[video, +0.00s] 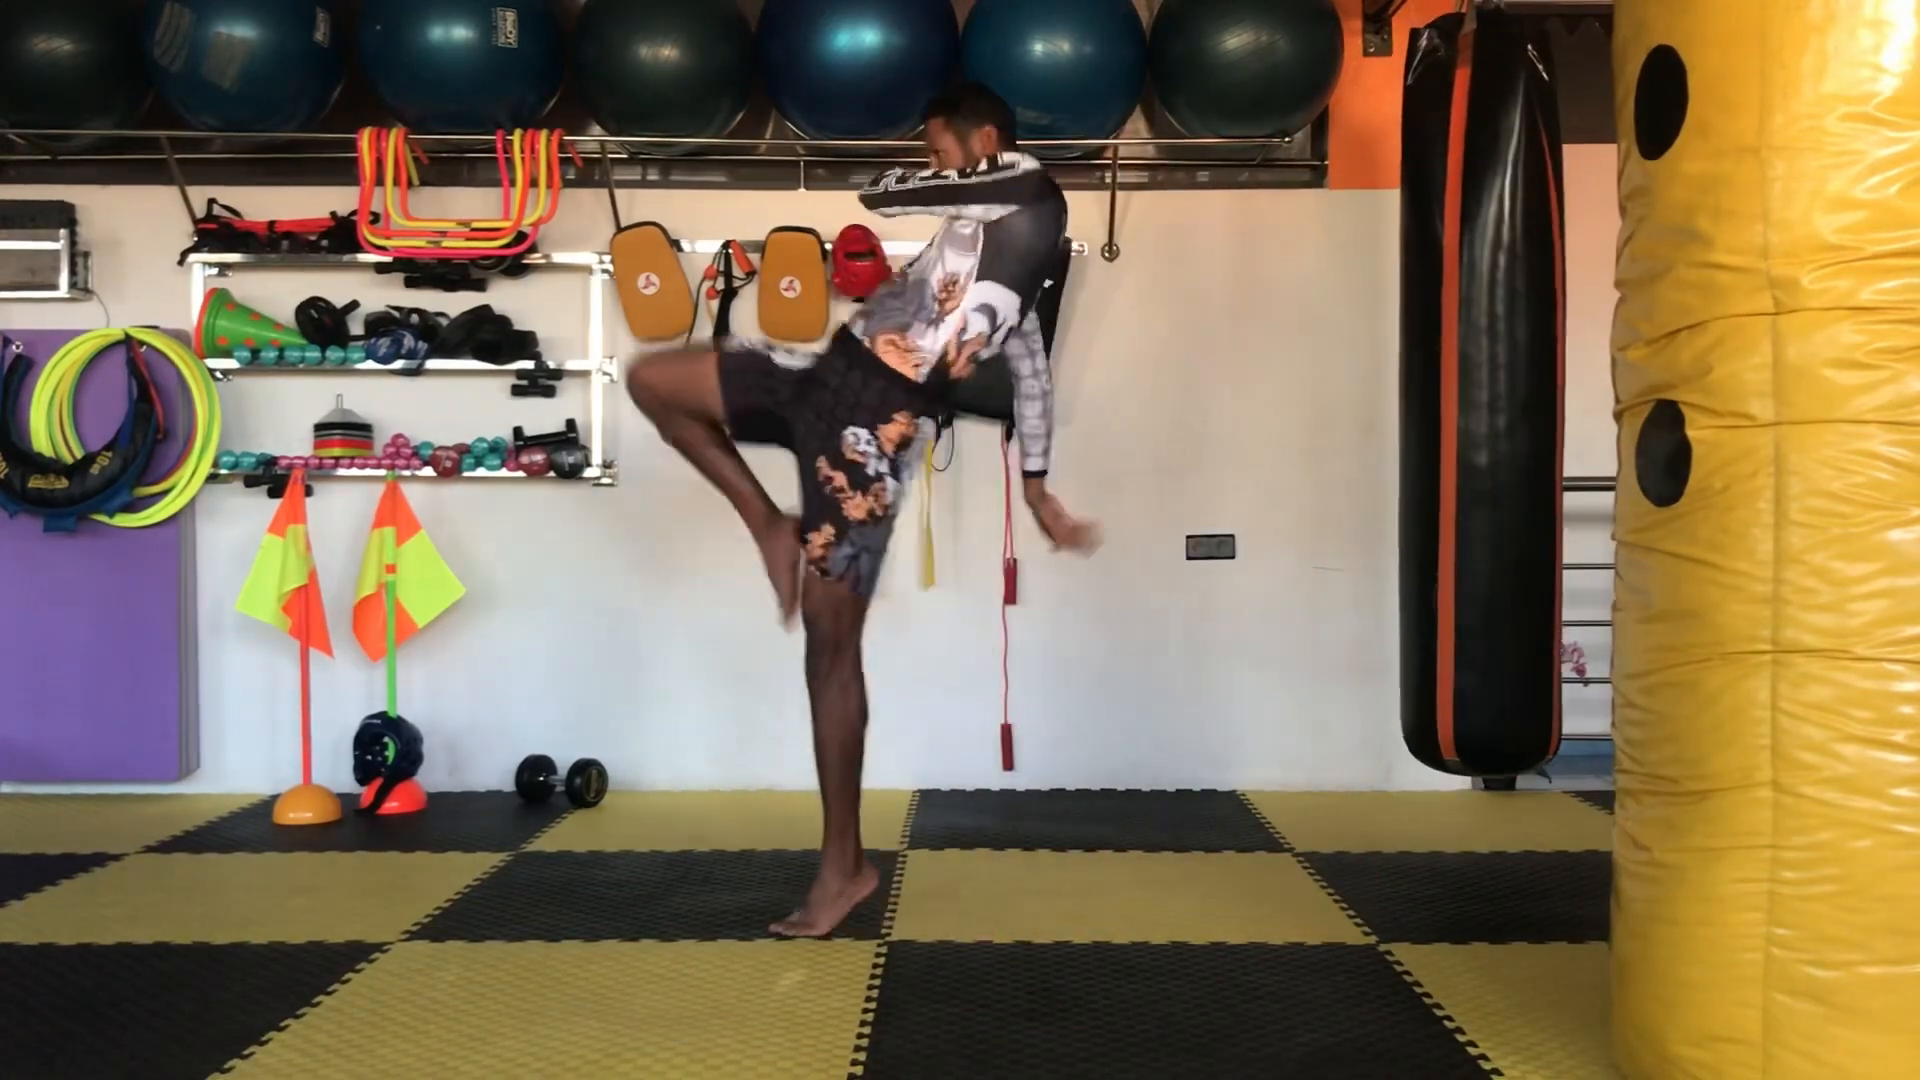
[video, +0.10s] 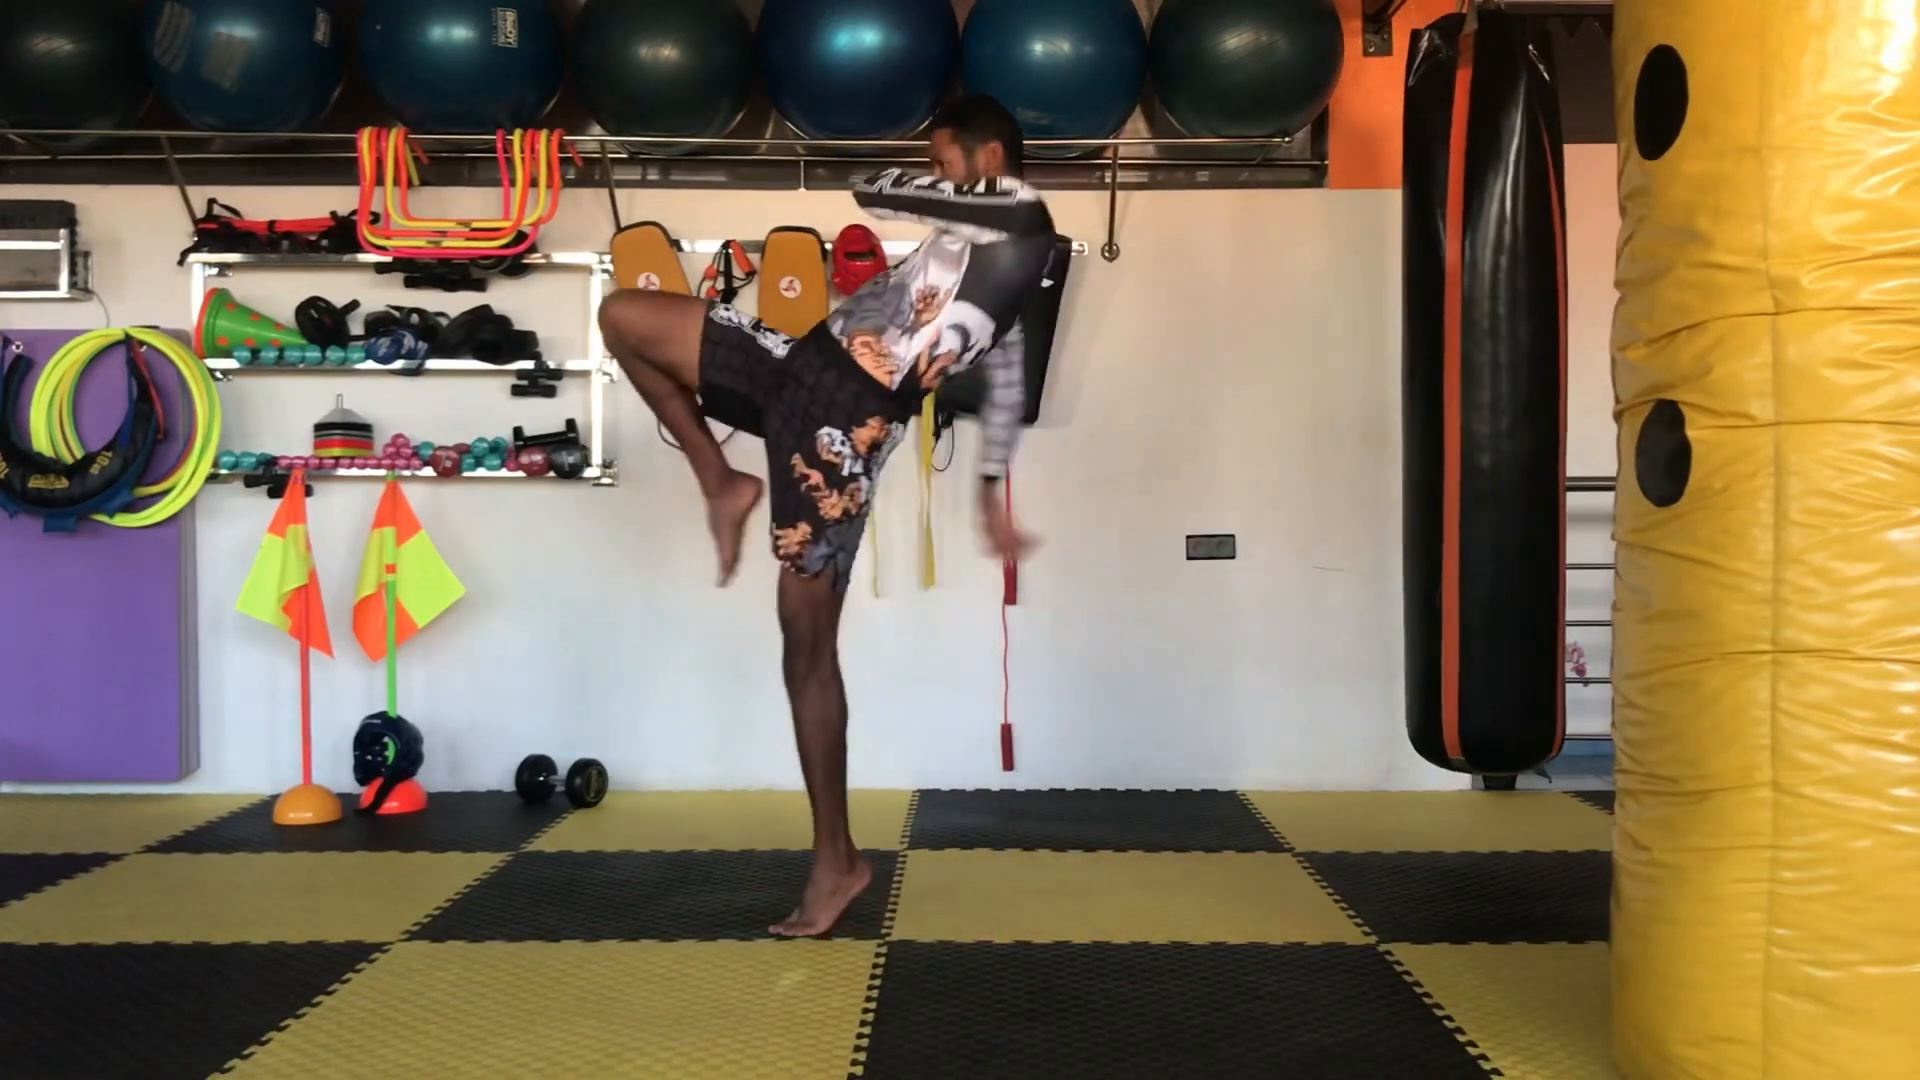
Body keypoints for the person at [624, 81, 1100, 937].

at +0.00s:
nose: (934, 167)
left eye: (939, 151)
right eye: (930, 155)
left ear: (985, 136)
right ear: (983, 138)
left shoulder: (1025, 203)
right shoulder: (982, 219)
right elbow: (1029, 359)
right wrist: (1035, 482)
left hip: (868, 416)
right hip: (824, 378)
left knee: (830, 644)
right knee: (653, 378)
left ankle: (844, 865)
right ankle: (771, 529)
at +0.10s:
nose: (931, 177)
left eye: (940, 162)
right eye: (932, 165)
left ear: (988, 155)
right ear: (986, 158)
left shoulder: (1015, 227)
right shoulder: (973, 229)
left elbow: (1007, 365)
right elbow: (1006, 370)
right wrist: (993, 488)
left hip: (836, 428)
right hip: (793, 375)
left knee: (808, 653)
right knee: (623, 317)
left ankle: (836, 861)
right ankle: (720, 483)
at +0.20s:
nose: (929, 186)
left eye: (939, 173)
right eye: (930, 174)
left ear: (988, 173)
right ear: (975, 177)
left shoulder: (1009, 249)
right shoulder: (954, 248)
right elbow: (934, 375)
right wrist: (894, 457)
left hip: (828, 431)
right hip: (785, 380)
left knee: (803, 665)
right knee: (616, 319)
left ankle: (844, 865)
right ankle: (696, 492)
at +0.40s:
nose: (907, 169)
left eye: (916, 155)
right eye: (907, 155)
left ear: (963, 153)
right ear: (957, 156)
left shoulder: (993, 232)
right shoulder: (926, 227)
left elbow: (844, 226)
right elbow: (861, 342)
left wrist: (899, 202)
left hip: (848, 437)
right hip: (798, 400)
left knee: (834, 671)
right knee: (617, 405)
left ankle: (857, 875)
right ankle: (727, 562)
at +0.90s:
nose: (901, 153)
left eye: (907, 137)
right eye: (902, 138)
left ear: (949, 139)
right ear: (965, 142)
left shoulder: (963, 227)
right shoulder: (987, 225)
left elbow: (993, 366)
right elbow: (934, 354)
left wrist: (862, 397)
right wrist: (896, 263)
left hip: (937, 459)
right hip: (967, 460)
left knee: (860, 663)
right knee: (980, 661)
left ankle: (860, 887)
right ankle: (1129, 811)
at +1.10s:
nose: (952, 199)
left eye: (958, 182)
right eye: (952, 182)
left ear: (998, 182)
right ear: (1019, 184)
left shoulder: (1016, 263)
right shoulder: (1066, 259)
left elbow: (1015, 406)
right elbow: (1020, 383)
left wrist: (906, 385)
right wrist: (963, 311)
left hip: (1037, 495)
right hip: (1085, 494)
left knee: (871, 662)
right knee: (1104, 705)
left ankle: (868, 886)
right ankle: (1206, 894)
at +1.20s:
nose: (972, 199)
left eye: (976, 181)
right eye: (972, 182)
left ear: (1013, 179)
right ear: (1041, 181)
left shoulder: (1036, 259)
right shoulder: (1097, 255)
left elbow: (1010, 398)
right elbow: (1055, 376)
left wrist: (911, 350)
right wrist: (986, 308)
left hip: (1055, 496)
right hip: (1113, 496)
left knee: (897, 657)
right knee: (1113, 702)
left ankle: (889, 882)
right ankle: (1205, 894)